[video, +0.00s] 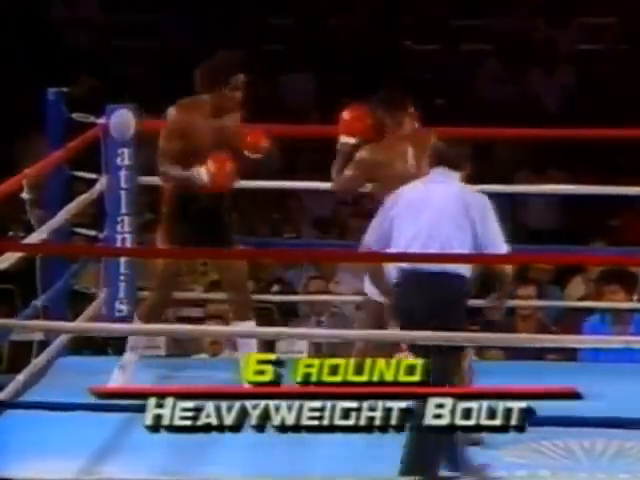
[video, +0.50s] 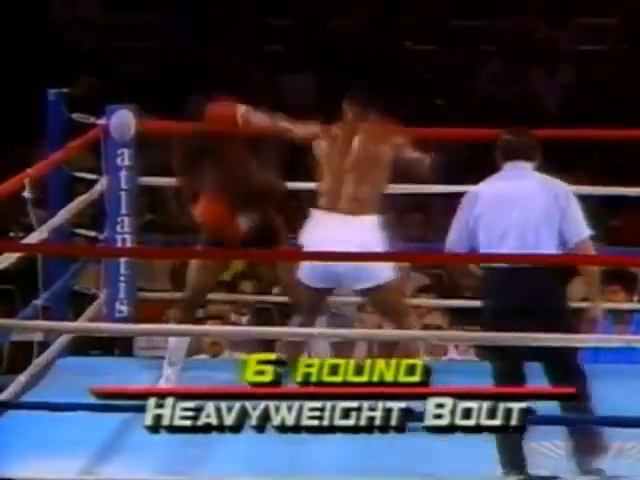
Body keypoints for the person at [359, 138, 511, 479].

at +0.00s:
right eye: (470, 170)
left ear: (430, 163)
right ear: (464, 170)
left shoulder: (401, 195)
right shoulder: (473, 199)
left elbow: (369, 252)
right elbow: (500, 260)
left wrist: (390, 292)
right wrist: (500, 298)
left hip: (408, 283)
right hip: (450, 284)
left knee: (434, 369)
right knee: (442, 374)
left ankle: (453, 454)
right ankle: (418, 465)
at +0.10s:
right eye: (489, 173)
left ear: (449, 168)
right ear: (483, 172)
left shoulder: (421, 201)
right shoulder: (494, 202)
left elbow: (391, 259)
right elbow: (520, 259)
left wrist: (411, 295)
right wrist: (528, 292)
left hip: (431, 289)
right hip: (474, 289)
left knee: (463, 379)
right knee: (451, 381)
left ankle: (507, 460)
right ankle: (424, 468)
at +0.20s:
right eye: (498, 168)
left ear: (459, 168)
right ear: (495, 170)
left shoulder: (434, 205)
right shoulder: (507, 201)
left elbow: (410, 265)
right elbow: (539, 261)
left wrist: (431, 298)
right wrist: (539, 290)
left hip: (449, 291)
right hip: (493, 290)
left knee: (479, 381)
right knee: (476, 382)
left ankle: (515, 464)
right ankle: (432, 469)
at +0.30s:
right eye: (514, 166)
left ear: (474, 168)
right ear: (512, 167)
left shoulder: (453, 202)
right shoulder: (526, 198)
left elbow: (434, 261)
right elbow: (556, 256)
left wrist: (456, 292)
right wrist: (569, 298)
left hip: (469, 290)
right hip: (513, 289)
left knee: (491, 373)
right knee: (526, 376)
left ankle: (513, 464)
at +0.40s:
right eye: (522, 161)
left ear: (486, 163)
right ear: (522, 161)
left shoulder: (464, 197)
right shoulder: (539, 194)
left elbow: (440, 256)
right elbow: (570, 255)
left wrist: (462, 286)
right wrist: (579, 308)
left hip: (482, 290)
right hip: (527, 289)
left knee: (500, 376)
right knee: (548, 371)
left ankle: (509, 458)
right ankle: (532, 440)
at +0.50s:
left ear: (500, 159)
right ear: (537, 159)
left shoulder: (479, 193)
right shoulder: (556, 190)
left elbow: (453, 252)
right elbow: (584, 251)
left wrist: (478, 281)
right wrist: (595, 303)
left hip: (498, 286)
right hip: (545, 284)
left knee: (506, 375)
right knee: (564, 368)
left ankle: (512, 464)